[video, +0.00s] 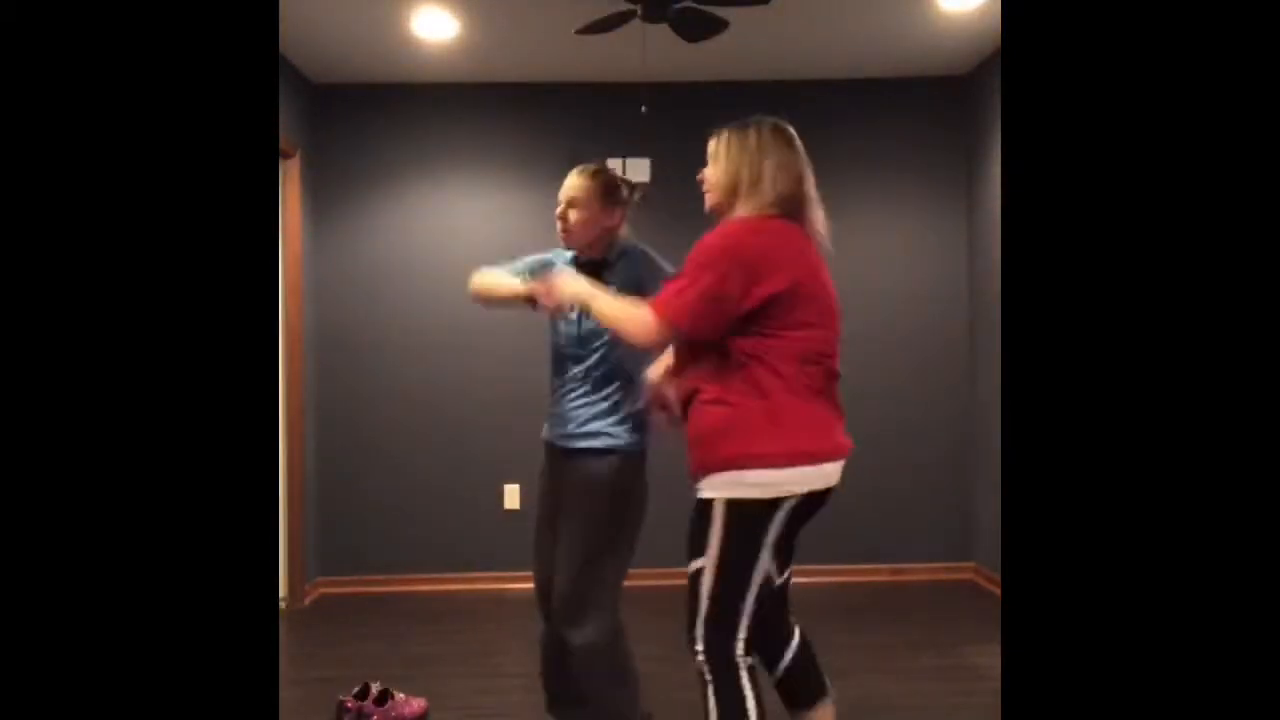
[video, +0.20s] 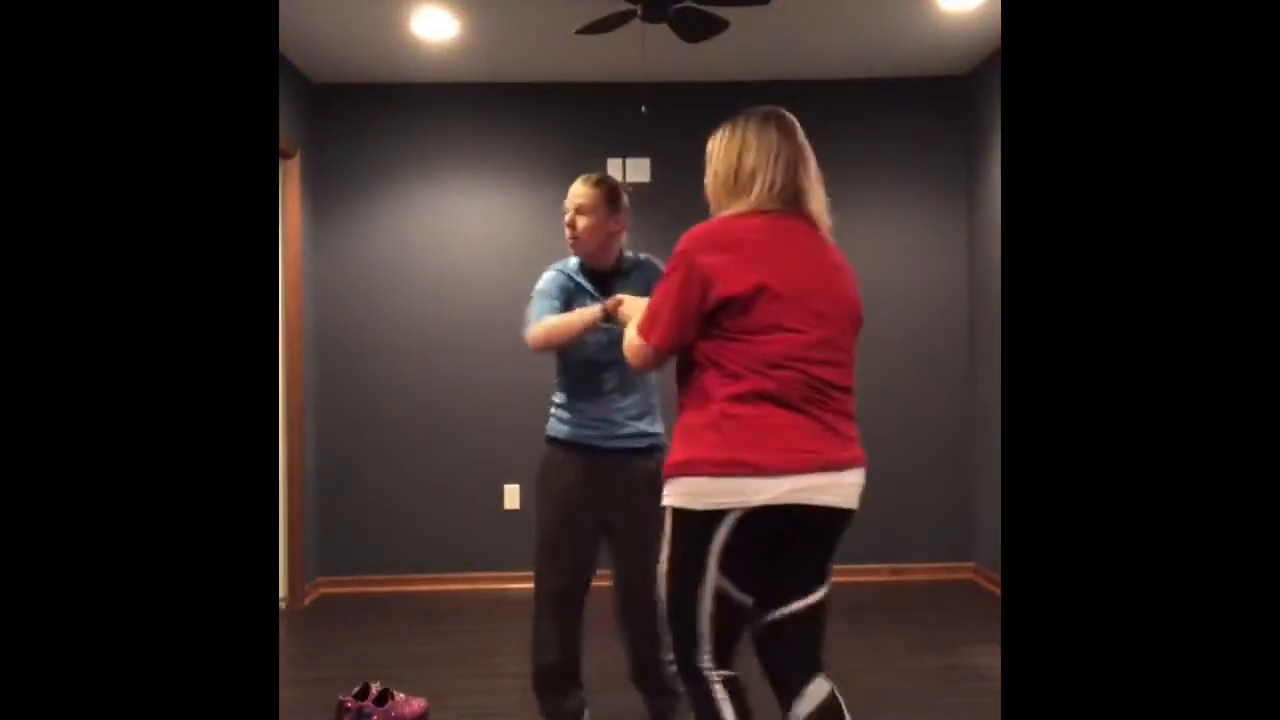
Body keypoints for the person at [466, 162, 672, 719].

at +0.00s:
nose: (561, 217)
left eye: (574, 208)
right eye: (560, 207)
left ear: (613, 216)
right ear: (563, 214)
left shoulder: (639, 270)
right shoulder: (562, 265)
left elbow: (696, 325)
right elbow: (480, 283)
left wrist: (666, 369)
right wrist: (531, 291)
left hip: (610, 459)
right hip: (562, 454)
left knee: (582, 603)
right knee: (552, 597)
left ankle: (614, 712)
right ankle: (568, 709)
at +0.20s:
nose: (570, 225)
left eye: (582, 215)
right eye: (568, 215)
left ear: (618, 222)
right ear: (567, 222)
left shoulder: (652, 278)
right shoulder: (558, 279)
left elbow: (683, 328)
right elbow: (537, 336)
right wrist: (593, 313)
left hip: (638, 454)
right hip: (571, 454)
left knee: (639, 588)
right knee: (558, 589)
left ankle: (663, 702)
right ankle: (560, 707)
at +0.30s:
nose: (587, 228)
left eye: (599, 218)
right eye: (584, 218)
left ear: (633, 225)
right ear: (581, 226)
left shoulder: (664, 281)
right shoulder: (573, 284)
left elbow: (690, 341)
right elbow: (564, 353)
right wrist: (630, 316)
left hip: (662, 447)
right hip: (596, 449)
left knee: (664, 582)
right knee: (582, 580)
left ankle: (660, 697)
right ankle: (564, 701)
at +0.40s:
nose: (607, 228)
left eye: (619, 218)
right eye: (603, 219)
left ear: (652, 222)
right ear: (600, 228)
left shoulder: (676, 284)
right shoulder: (593, 290)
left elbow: (699, 346)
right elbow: (576, 366)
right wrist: (634, 336)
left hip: (678, 438)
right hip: (621, 442)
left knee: (667, 579)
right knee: (640, 579)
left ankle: (655, 695)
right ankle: (602, 700)